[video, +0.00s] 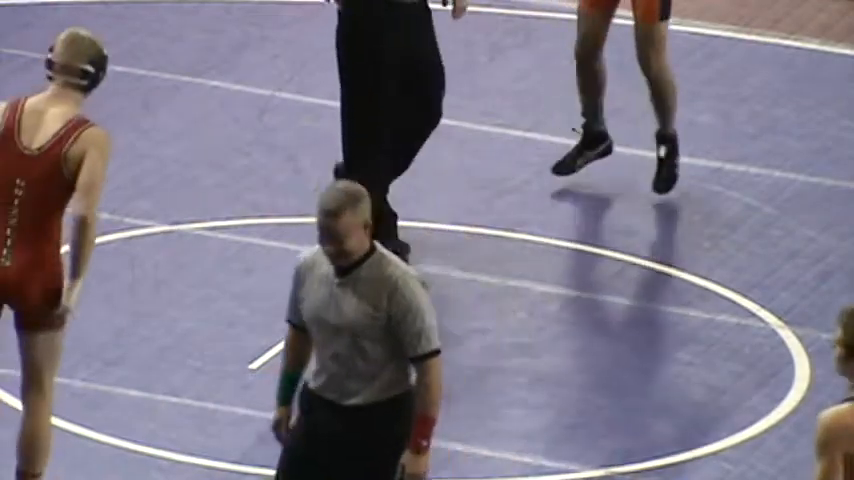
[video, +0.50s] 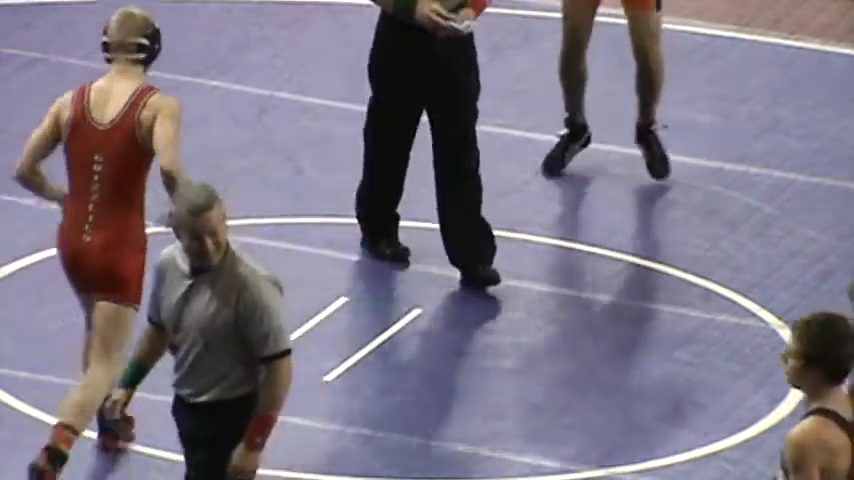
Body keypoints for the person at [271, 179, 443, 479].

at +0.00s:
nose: (330, 247)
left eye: (339, 239)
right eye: (324, 237)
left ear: (366, 230)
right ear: (317, 229)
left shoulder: (399, 283)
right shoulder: (310, 269)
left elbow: (429, 366)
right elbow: (299, 335)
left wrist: (420, 447)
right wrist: (284, 403)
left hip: (380, 415)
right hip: (320, 408)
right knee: (293, 472)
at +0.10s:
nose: (303, 245)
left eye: (312, 236)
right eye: (296, 235)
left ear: (335, 225)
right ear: (287, 227)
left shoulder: (367, 282)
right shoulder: (278, 265)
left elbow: (394, 365)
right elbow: (268, 334)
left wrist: (391, 446)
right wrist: (258, 402)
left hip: (347, 414)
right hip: (287, 410)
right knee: (267, 472)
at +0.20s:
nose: (285, 242)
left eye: (291, 230)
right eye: (273, 234)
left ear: (307, 217)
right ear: (259, 230)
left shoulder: (338, 279)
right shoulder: (250, 263)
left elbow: (363, 361)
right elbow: (241, 333)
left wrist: (359, 442)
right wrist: (227, 401)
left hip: (317, 410)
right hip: (262, 405)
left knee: (307, 473)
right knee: (249, 473)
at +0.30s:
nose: (262, 239)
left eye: (269, 227)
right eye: (250, 231)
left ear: (281, 215)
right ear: (232, 227)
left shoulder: (310, 275)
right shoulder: (223, 259)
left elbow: (337, 354)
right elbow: (214, 326)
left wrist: (323, 435)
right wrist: (194, 391)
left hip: (290, 404)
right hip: (238, 400)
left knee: (279, 473)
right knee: (235, 472)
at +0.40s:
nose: (237, 241)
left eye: (243, 228)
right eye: (225, 232)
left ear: (254, 216)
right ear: (205, 228)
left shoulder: (281, 276)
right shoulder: (197, 258)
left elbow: (310, 356)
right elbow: (186, 324)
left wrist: (285, 437)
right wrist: (160, 384)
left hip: (258, 407)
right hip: (213, 400)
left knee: (236, 474)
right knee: (219, 472)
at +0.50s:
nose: (207, 247)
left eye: (213, 235)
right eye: (195, 238)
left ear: (225, 223)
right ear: (177, 234)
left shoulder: (251, 286)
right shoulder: (169, 265)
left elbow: (280, 368)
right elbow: (158, 330)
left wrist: (253, 447)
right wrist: (126, 386)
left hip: (230, 413)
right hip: (188, 408)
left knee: (204, 473)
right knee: (201, 472)